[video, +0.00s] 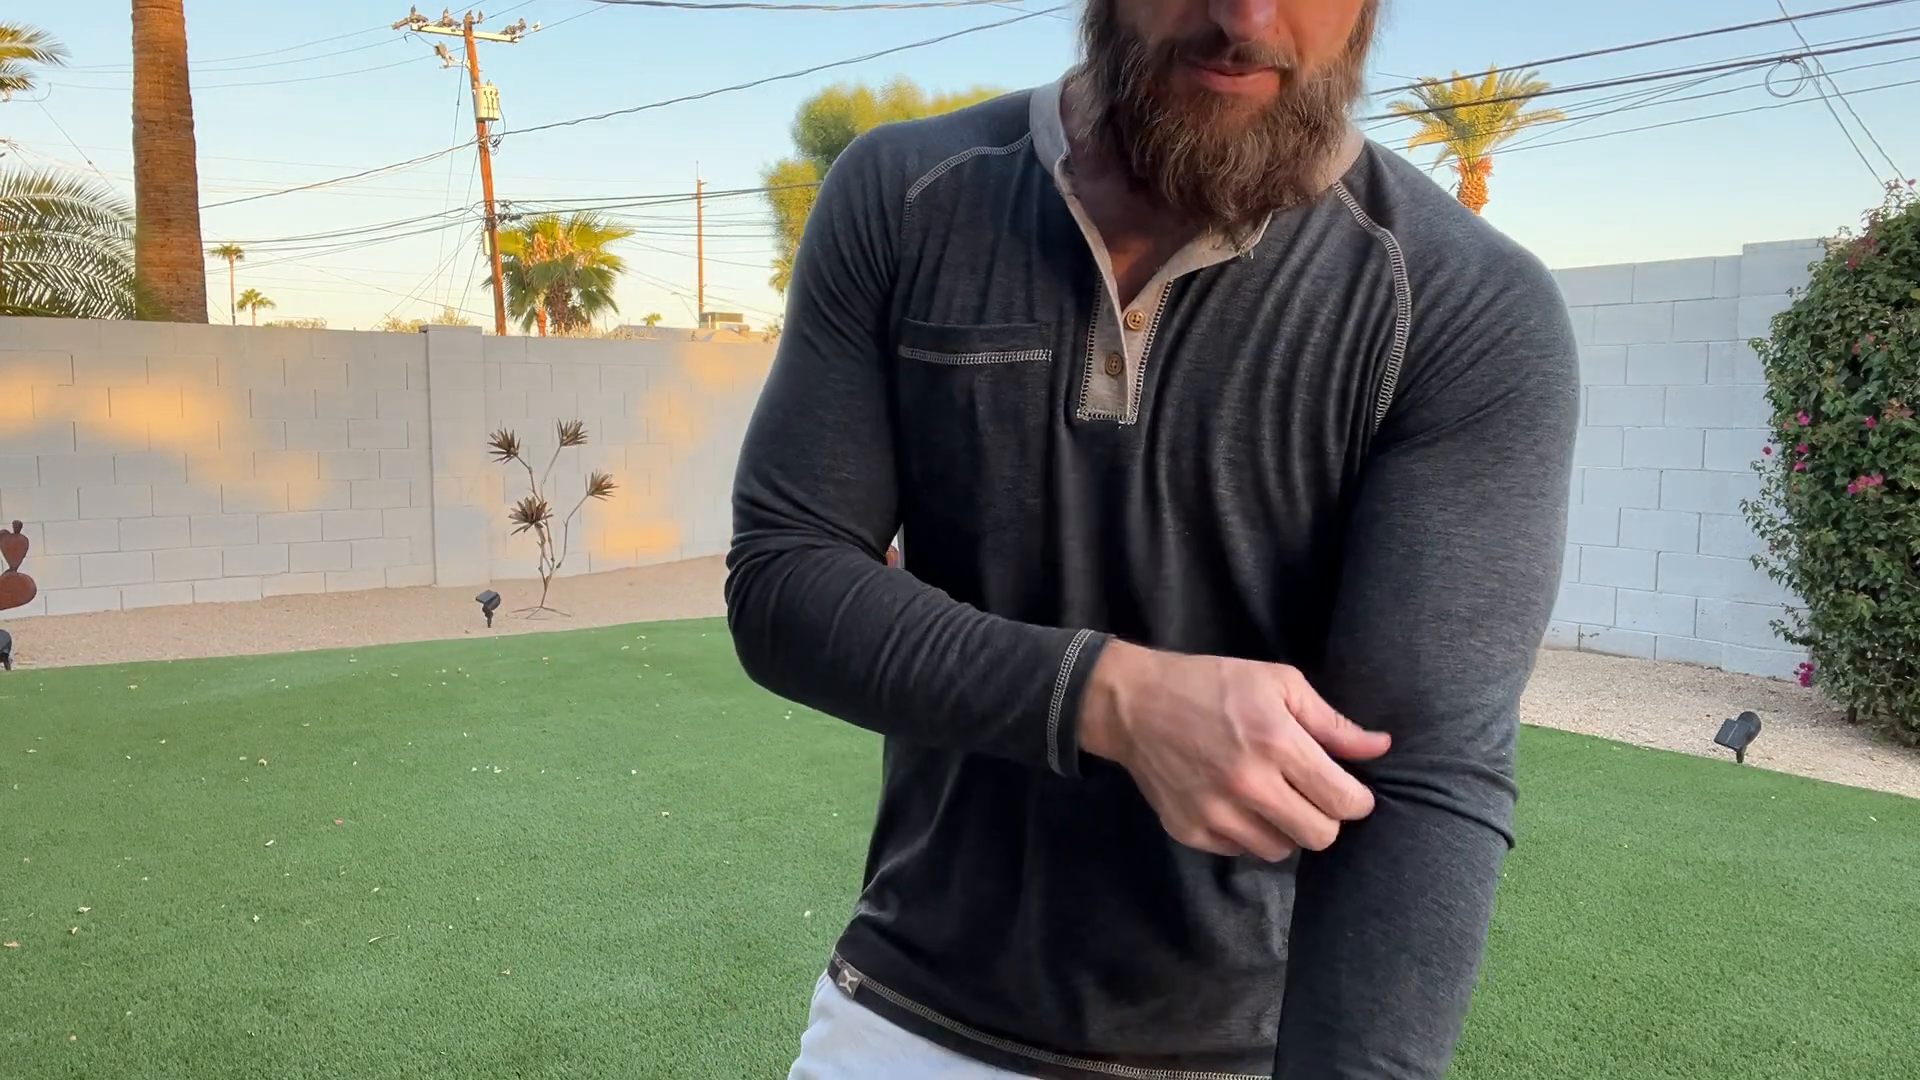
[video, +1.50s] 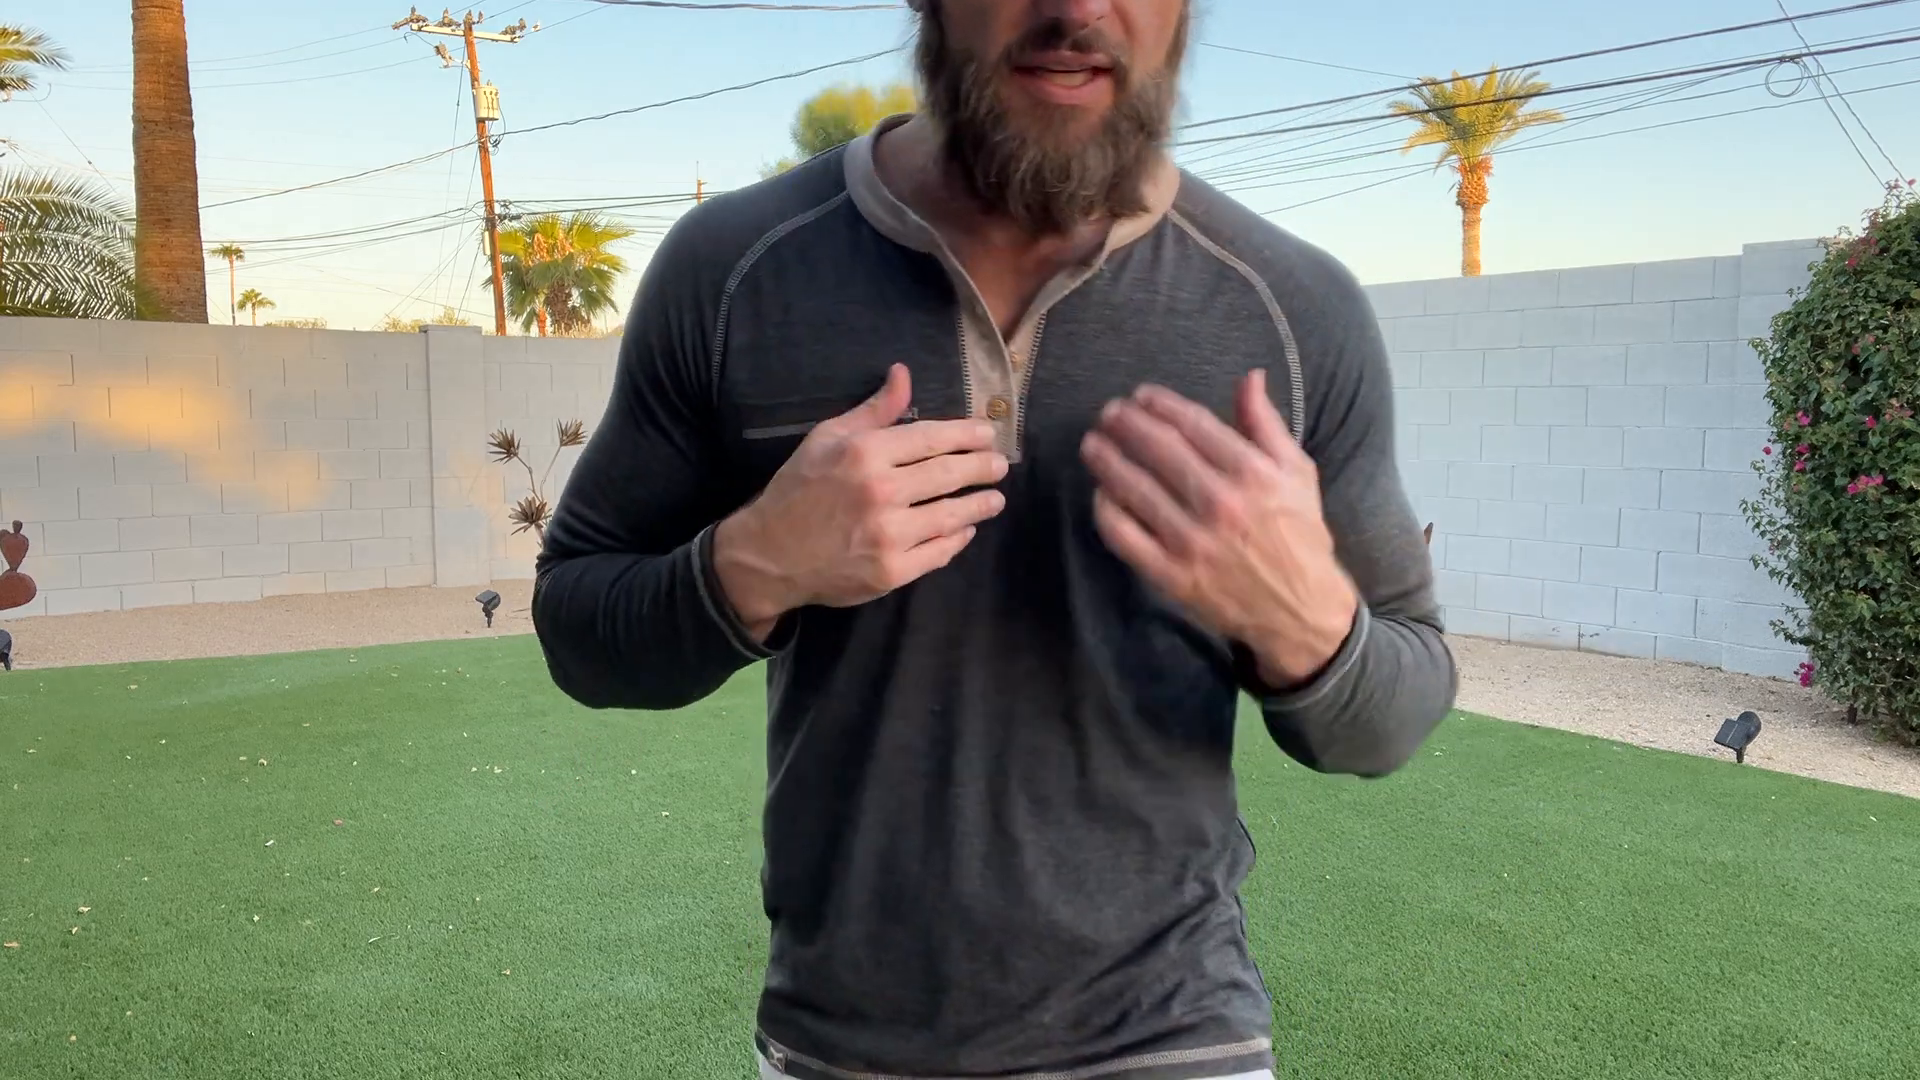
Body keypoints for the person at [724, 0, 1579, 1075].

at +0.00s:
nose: (1246, 19)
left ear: (1367, 6)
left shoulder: (1469, 309)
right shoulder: (897, 200)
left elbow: (1426, 783)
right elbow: (784, 585)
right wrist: (1111, 696)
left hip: (1254, 1045)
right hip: (916, 1021)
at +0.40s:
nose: (1173, 9)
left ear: (1293, 7)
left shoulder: (1416, 299)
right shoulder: (858, 237)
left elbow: (1460, 739)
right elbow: (748, 599)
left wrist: (1359, 1056)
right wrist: (1035, 707)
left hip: (1251, 1034)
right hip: (906, 1033)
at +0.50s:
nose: (1133, 7)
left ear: (1243, 15)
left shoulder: (1365, 284)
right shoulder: (827, 253)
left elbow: (1553, 681)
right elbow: (714, 589)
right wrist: (889, 666)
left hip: (1204, 1026)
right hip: (879, 1020)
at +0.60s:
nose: (1076, 1)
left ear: (1195, 5)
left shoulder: (1317, 263)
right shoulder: (802, 260)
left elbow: (1617, 582)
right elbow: (666, 583)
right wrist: (720, 609)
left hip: (1177, 1025)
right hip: (858, 1021)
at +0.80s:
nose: (1002, 38)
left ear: (1108, 23)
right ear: (886, 17)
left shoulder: (1230, 263)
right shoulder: (766, 286)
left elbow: (1499, 483)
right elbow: (688, 586)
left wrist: (1088, 550)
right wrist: (553, 619)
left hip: (1140, 1031)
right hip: (828, 1021)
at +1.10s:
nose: (914, 38)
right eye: (865, 0)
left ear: (1018, 16)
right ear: (800, 15)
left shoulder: (1173, 269)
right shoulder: (703, 299)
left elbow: (1363, 596)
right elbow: (663, 652)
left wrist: (1148, 604)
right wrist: (605, 579)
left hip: (1089, 980)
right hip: (816, 983)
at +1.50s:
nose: (1075, 10)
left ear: (1179, 14)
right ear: (932, 4)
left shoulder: (1293, 307)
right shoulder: (731, 270)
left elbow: (1387, 725)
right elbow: (583, 637)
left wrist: (1308, 621)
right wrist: (752, 563)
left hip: (1160, 1017)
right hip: (845, 1020)